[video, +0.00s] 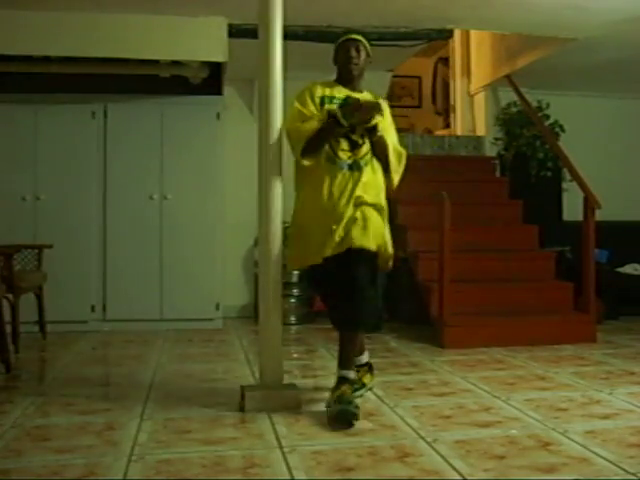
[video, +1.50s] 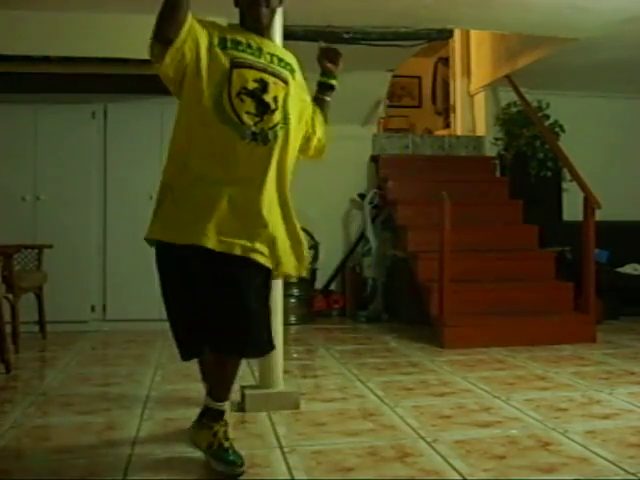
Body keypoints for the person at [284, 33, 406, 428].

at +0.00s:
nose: (353, 53)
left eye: (359, 50)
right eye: (346, 48)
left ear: (367, 62)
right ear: (335, 59)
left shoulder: (378, 105)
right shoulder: (314, 95)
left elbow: (395, 164)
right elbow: (301, 144)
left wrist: (373, 130)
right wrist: (338, 119)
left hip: (365, 210)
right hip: (320, 210)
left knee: (356, 294)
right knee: (334, 296)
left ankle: (343, 387)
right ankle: (361, 363)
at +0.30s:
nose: (333, 33)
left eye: (341, 29)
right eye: (326, 29)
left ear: (353, 43)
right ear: (317, 44)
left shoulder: (375, 88)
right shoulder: (299, 85)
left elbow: (397, 125)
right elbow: (276, 129)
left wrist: (379, 74)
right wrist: (280, 74)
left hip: (352, 213)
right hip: (298, 210)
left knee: (347, 312)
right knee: (296, 313)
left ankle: (335, 391)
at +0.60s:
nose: (296, 32)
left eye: (304, 25)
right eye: (291, 27)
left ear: (324, 33)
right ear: (286, 39)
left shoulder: (350, 68)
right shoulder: (280, 94)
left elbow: (388, 101)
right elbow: (261, 155)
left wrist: (369, 53)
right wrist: (231, 109)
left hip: (332, 212)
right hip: (273, 213)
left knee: (333, 308)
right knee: (257, 305)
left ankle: (334, 394)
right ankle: (264, 398)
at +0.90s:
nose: (275, 21)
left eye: (284, 14)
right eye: (268, 16)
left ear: (303, 26)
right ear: (261, 29)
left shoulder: (329, 71)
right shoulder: (239, 77)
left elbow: (377, 80)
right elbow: (186, 95)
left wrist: (355, 23)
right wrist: (201, 34)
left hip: (300, 196)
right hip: (242, 202)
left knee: (260, 250)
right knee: (240, 303)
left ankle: (295, 340)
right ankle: (271, 401)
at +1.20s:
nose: (266, 18)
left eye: (274, 12)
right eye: (259, 11)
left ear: (288, 22)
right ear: (248, 19)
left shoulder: (303, 77)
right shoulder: (222, 58)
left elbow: (336, 138)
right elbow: (191, 99)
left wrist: (330, 73)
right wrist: (200, 37)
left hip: (271, 212)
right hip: (213, 208)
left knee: (239, 322)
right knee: (242, 318)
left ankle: (217, 427)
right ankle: (272, 405)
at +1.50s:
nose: (265, 4)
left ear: (282, 7)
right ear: (238, 2)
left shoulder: (290, 69)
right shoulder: (205, 38)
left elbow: (310, 142)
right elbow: (166, 39)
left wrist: (327, 79)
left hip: (256, 213)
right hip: (193, 206)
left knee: (236, 326)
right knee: (206, 322)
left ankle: (212, 422)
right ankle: (218, 408)